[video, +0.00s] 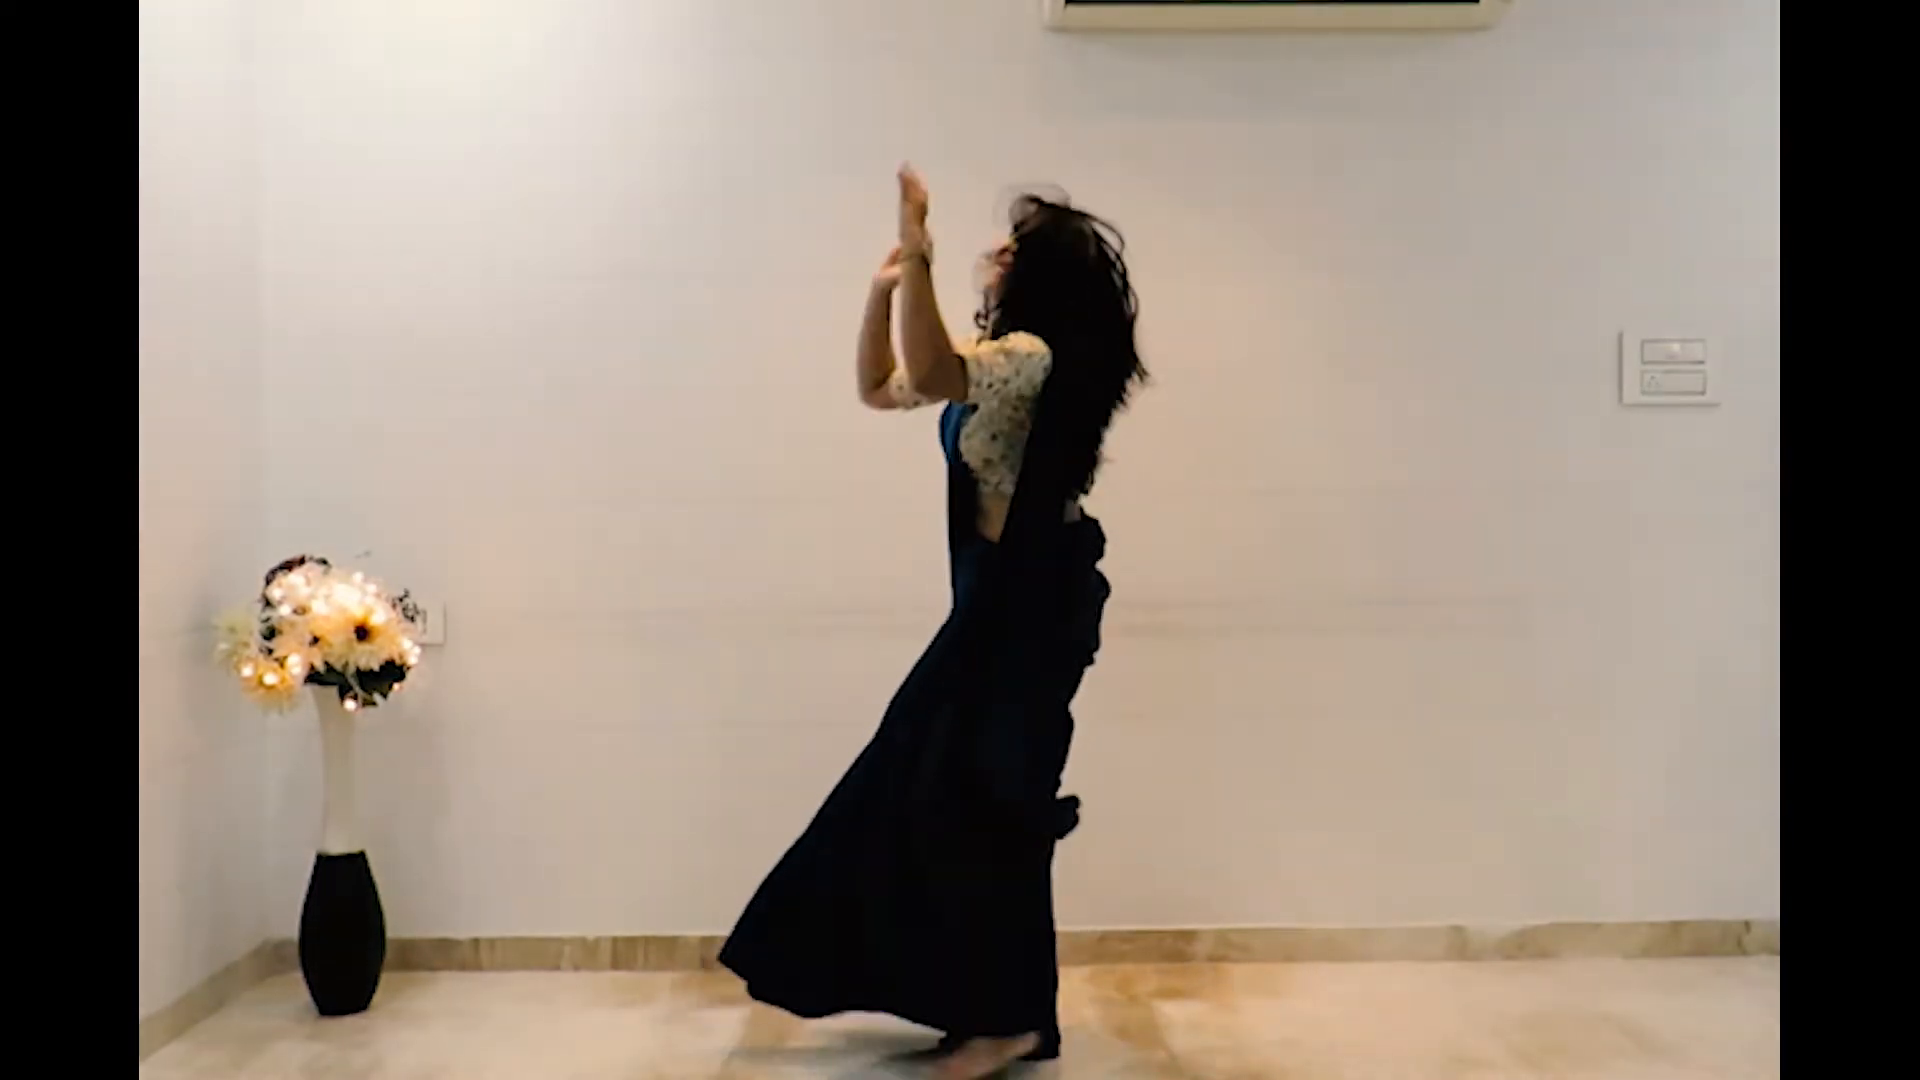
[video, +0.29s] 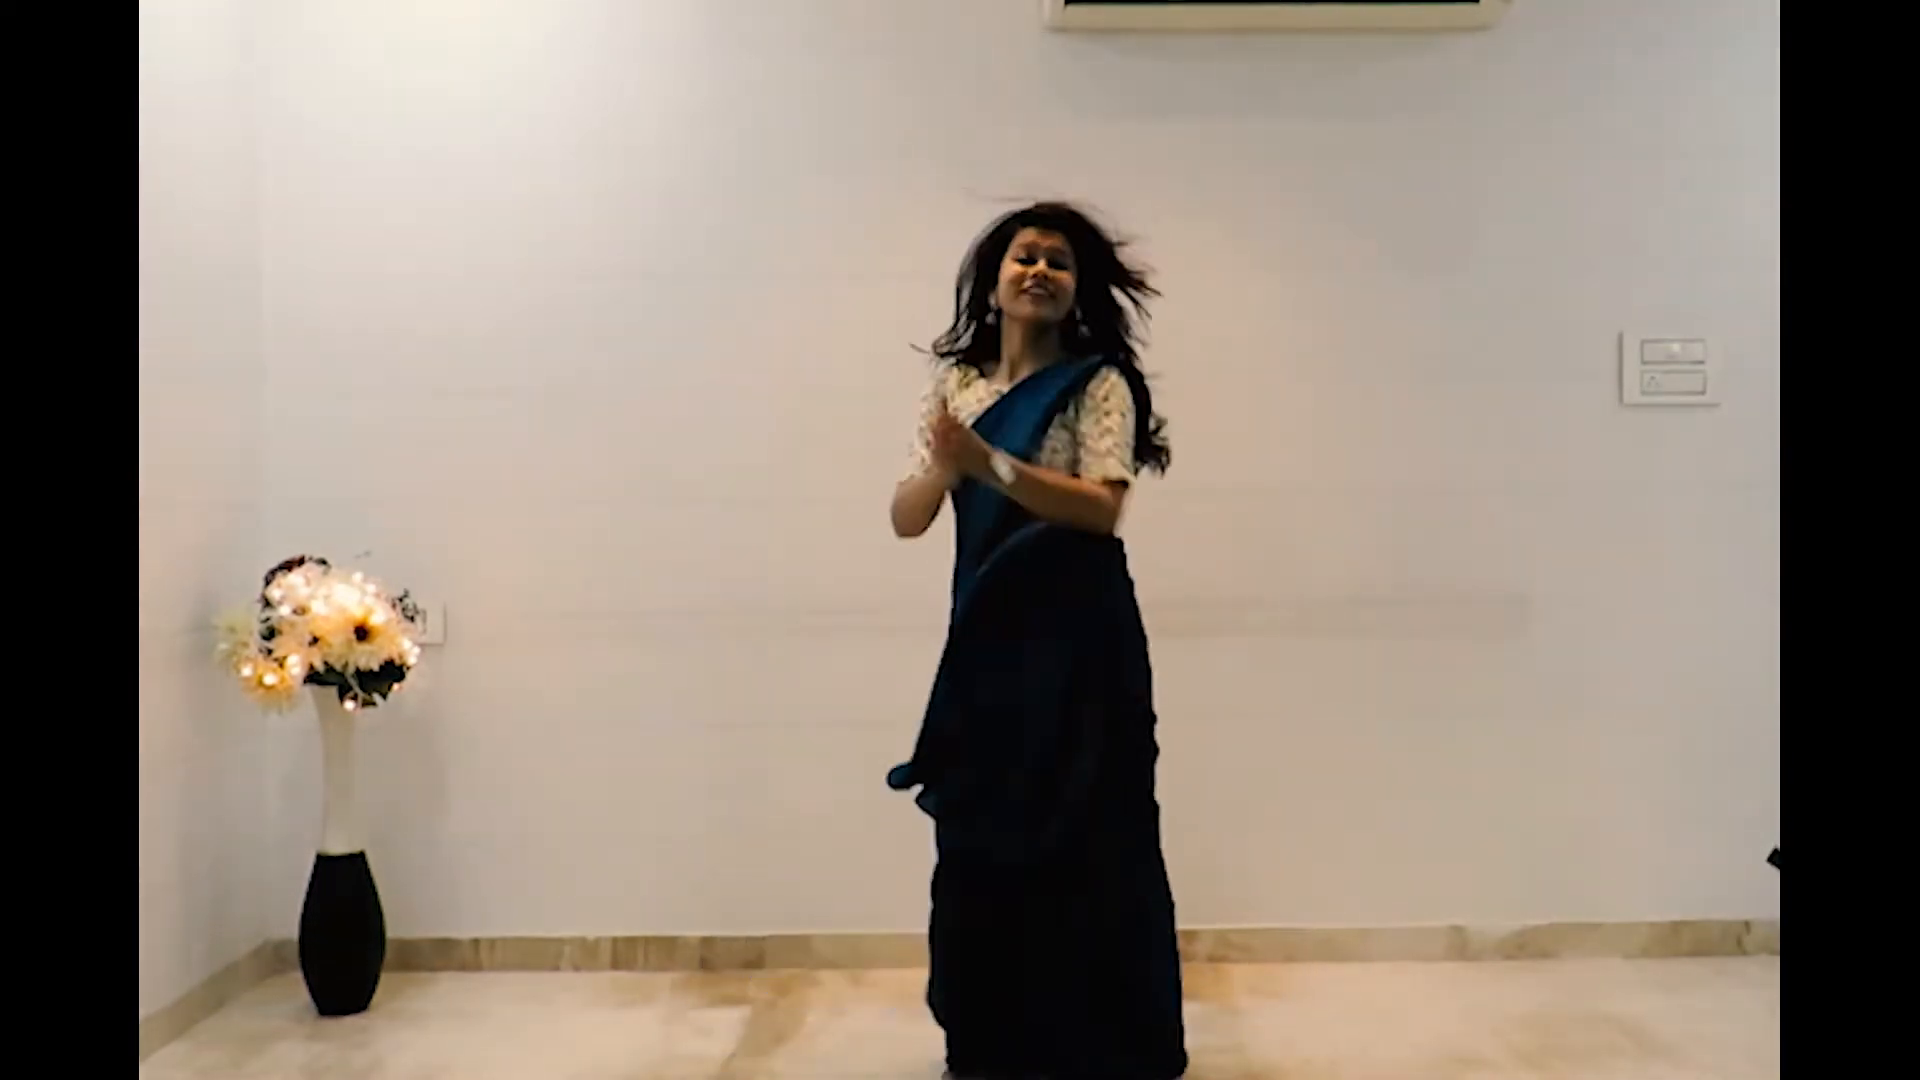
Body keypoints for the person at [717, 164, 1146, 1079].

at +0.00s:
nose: (992, 255)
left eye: (1010, 249)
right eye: (1000, 244)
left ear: (1038, 275)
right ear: (1030, 281)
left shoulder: (1033, 361)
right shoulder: (997, 356)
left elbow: (930, 374)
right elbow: (882, 388)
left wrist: (914, 255)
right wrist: (884, 294)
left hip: (1029, 613)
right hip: (1004, 608)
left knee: (982, 803)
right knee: (986, 803)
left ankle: (1005, 1018)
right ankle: (1001, 1011)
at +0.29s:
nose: (1038, 270)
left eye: (1058, 263)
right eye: (1024, 257)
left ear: (1078, 292)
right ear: (993, 279)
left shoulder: (1100, 386)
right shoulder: (959, 387)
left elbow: (1104, 508)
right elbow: (908, 521)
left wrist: (987, 462)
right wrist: (939, 465)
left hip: (1081, 639)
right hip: (988, 638)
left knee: (1085, 838)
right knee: (983, 835)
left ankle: (1099, 1049)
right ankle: (988, 1047)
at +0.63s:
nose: (1037, 224)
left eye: (1051, 210)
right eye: (1016, 216)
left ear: (1080, 231)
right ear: (989, 242)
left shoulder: (1114, 336)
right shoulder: (976, 319)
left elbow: (1227, 385)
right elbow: (876, 318)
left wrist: (1226, 461)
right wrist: (945, 426)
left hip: (1055, 596)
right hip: (951, 584)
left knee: (1046, 799)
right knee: (907, 788)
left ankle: (1063, 1028)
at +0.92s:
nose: (1007, 299)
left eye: (1023, 286)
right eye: (988, 286)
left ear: (1047, 310)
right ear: (962, 309)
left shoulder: (1053, 422)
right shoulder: (949, 400)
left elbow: (1146, 516)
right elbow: (1013, 478)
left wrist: (1254, 461)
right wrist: (1079, 370)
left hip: (1036, 670)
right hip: (938, 670)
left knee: (1056, 867)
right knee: (881, 857)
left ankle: (1066, 1054)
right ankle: (756, 1051)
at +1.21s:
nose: (1007, 303)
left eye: (1024, 290)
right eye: (990, 286)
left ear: (1044, 306)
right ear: (959, 298)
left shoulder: (1078, 401)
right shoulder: (932, 398)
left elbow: (1142, 501)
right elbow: (886, 511)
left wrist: (1117, 537)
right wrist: (1017, 539)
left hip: (1032, 652)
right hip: (926, 649)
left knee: (1023, 844)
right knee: (866, 834)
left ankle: (1013, 1039)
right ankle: (778, 1041)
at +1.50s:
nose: (1037, 251)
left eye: (1056, 249)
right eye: (1025, 235)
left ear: (1067, 281)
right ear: (986, 248)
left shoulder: (1055, 348)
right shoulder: (932, 335)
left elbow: (1135, 376)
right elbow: (799, 321)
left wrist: (1030, 439)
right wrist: (810, 397)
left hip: (1035, 590)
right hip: (942, 594)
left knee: (1099, 793)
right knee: (959, 807)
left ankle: (1197, 993)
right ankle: (974, 1022)